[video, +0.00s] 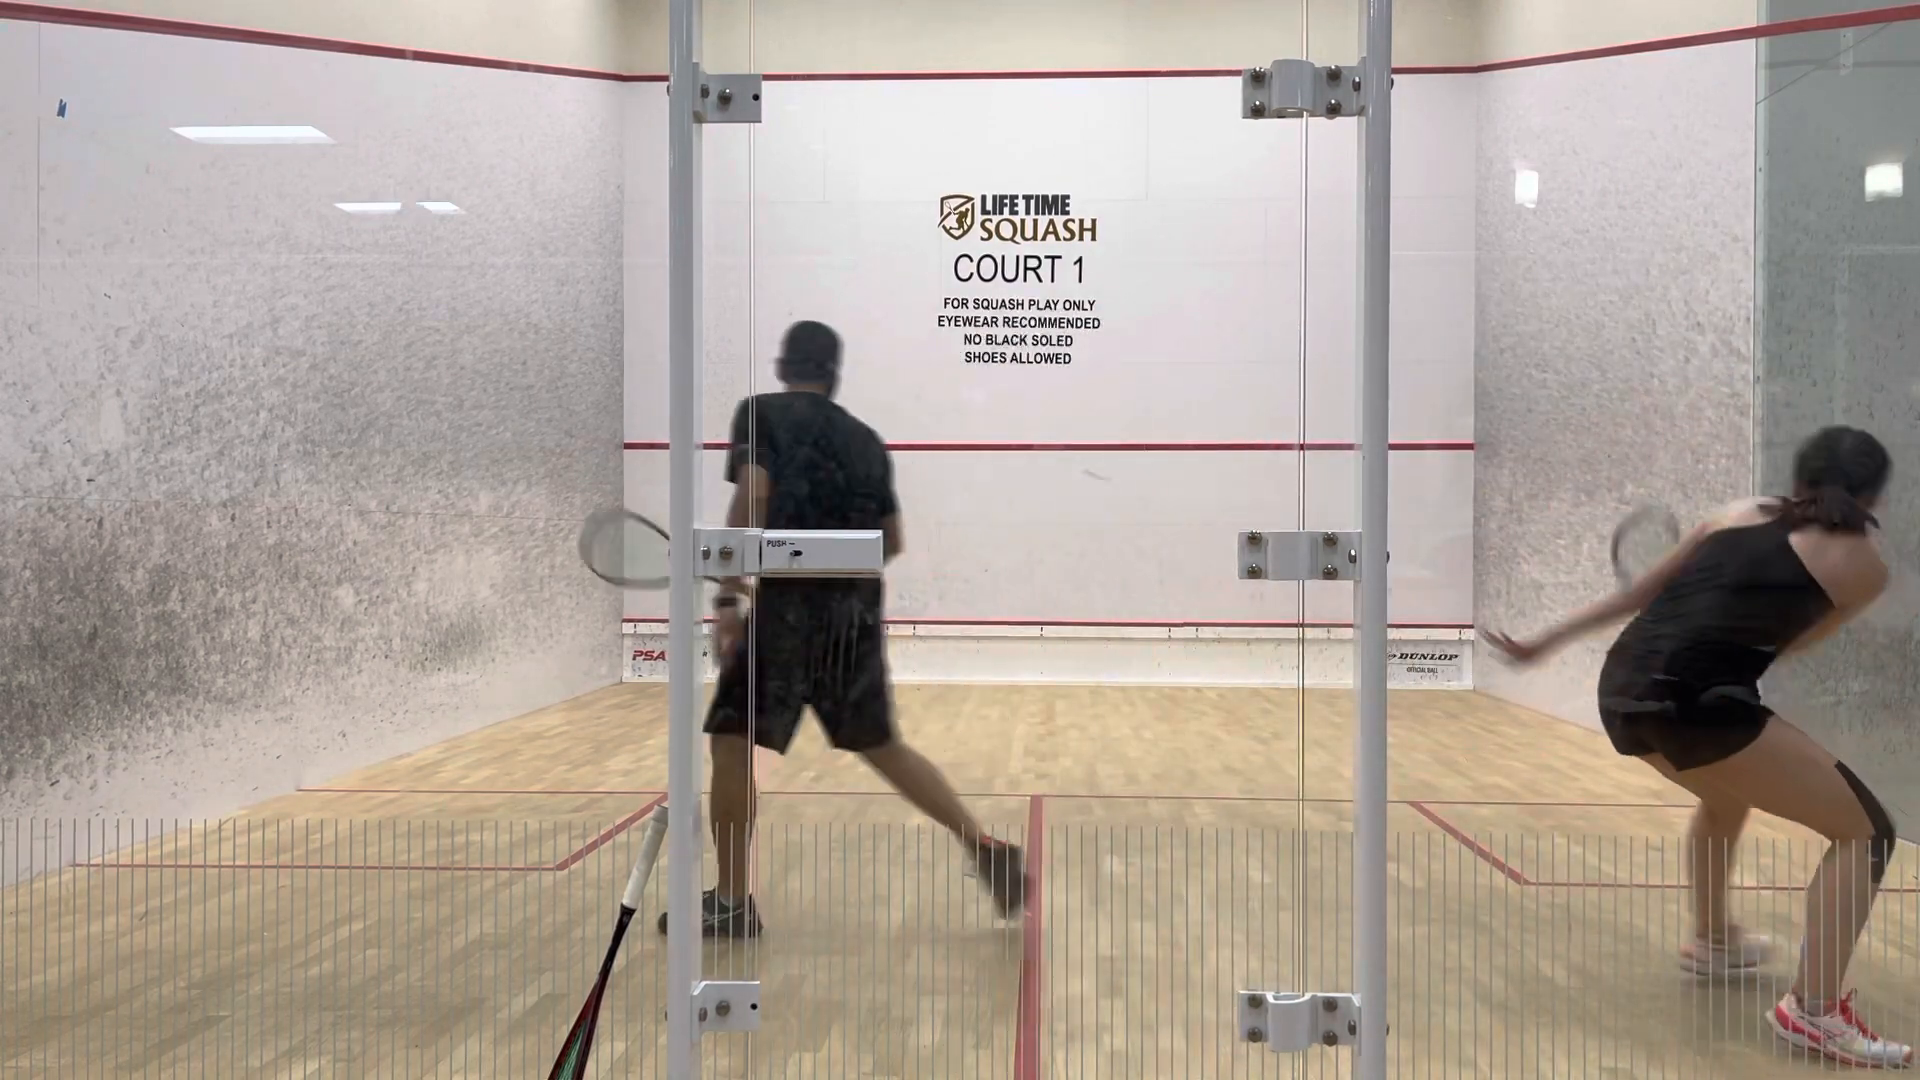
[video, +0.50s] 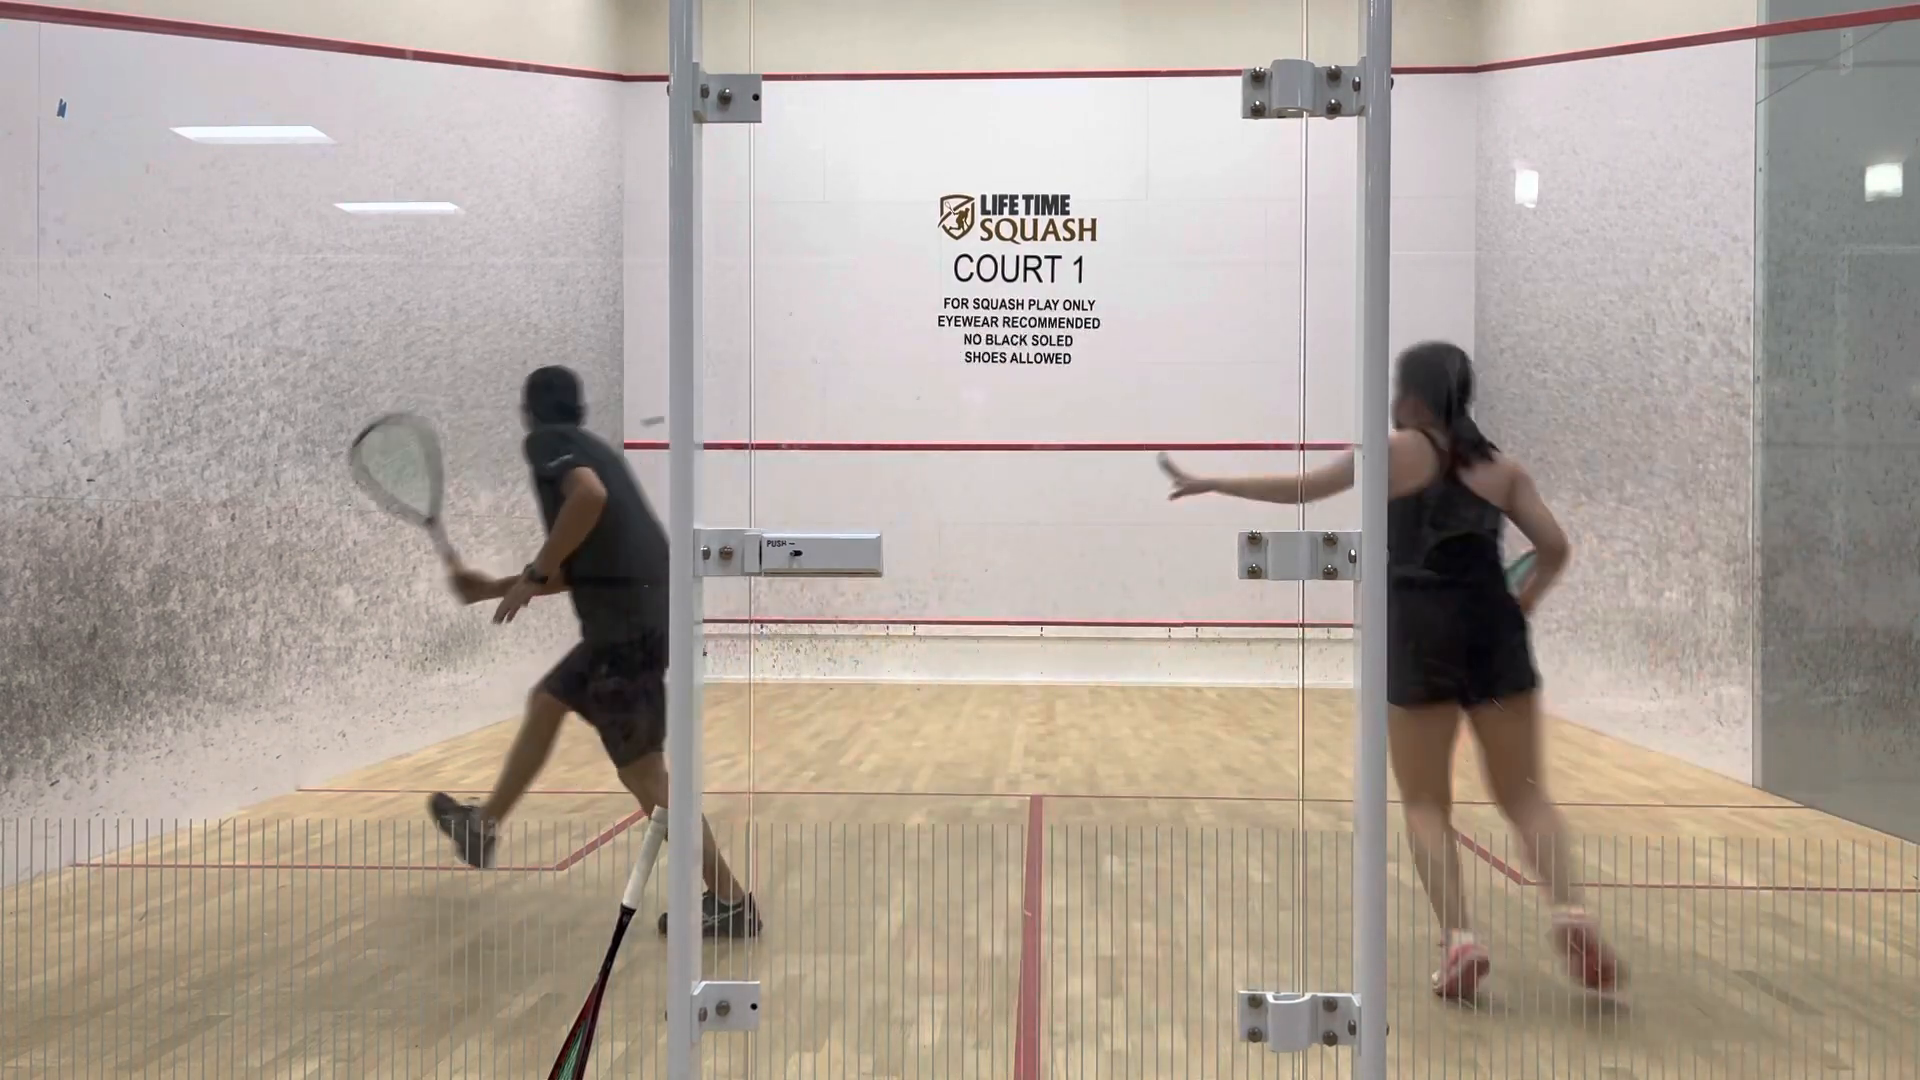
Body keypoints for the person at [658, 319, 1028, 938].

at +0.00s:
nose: (781, 373)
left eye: (781, 364)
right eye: (798, 365)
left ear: (782, 367)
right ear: (835, 374)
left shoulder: (760, 411)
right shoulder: (866, 438)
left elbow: (753, 493)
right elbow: (890, 540)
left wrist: (728, 596)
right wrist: (823, 572)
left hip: (780, 605)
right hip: (855, 609)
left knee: (730, 738)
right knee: (879, 742)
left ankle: (732, 898)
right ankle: (984, 847)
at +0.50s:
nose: (526, 417)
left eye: (527, 408)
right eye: (537, 408)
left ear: (530, 409)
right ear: (577, 407)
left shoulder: (547, 440)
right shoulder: (595, 449)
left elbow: (589, 495)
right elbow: (581, 564)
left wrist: (537, 575)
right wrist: (496, 587)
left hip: (630, 632)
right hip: (648, 623)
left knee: (643, 774)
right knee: (548, 701)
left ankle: (728, 896)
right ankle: (485, 826)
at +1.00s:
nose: (295, 507)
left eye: (295, 500)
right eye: (295, 501)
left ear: (301, 500)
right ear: (341, 489)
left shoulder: (328, 515)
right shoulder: (355, 529)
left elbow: (387, 517)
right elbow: (387, 593)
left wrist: (446, 573)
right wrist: (365, 649)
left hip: (461, 631)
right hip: (477, 623)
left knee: (456, 766)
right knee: (408, 724)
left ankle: (583, 827)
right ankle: (368, 859)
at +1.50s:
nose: (398, 383)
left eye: (394, 375)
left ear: (392, 377)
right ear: (444, 378)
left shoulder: (388, 426)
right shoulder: (487, 441)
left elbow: (385, 514)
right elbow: (518, 528)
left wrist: (340, 600)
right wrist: (535, 612)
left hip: (428, 615)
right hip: (486, 614)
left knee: (455, 749)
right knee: (418, 737)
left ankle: (508, 883)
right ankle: (373, 857)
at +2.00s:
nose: (426, 377)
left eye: (418, 368)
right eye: (453, 368)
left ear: (412, 370)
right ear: (466, 371)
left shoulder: (409, 417)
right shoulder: (501, 432)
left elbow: (419, 503)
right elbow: (522, 526)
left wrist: (381, 586)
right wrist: (468, 572)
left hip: (441, 605)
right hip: (499, 605)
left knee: (465, 739)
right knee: (454, 731)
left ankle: (508, 881)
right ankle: (429, 852)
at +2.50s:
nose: (360, 404)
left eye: (357, 395)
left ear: (359, 395)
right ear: (411, 393)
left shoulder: (371, 431)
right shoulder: (439, 440)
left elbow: (361, 513)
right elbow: (417, 547)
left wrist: (298, 546)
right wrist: (345, 549)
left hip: (442, 605)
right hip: (476, 601)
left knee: (441, 740)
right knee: (415, 716)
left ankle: (506, 874)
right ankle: (423, 850)